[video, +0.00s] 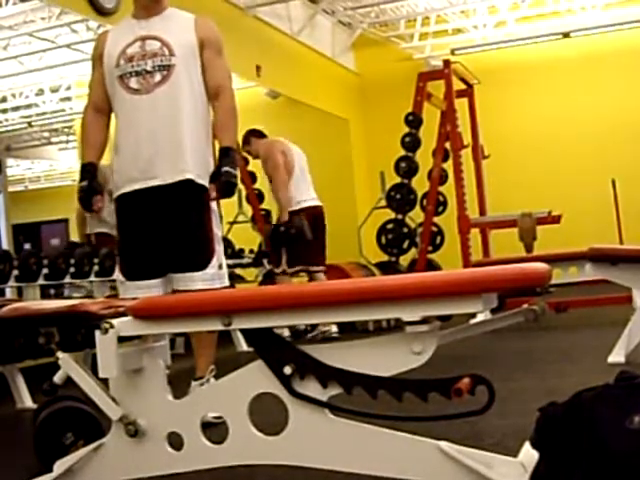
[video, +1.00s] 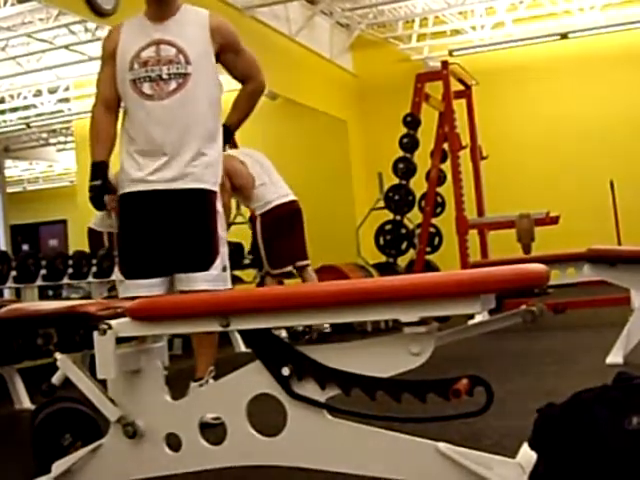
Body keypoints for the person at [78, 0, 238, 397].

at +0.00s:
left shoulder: (200, 30)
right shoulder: (107, 41)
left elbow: (221, 96)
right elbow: (98, 109)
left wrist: (229, 158)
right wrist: (88, 171)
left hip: (188, 176)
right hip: (132, 183)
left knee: (201, 289)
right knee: (141, 296)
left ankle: (205, 379)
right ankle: (149, 385)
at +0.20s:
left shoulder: (205, 33)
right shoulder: (110, 40)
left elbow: (226, 99)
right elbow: (99, 109)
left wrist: (231, 160)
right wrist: (90, 171)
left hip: (191, 179)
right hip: (134, 184)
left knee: (202, 291)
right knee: (142, 298)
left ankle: (204, 382)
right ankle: (147, 389)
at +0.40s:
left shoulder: (209, 34)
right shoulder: (114, 40)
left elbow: (230, 101)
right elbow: (101, 108)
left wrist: (239, 165)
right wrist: (94, 169)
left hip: (195, 179)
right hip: (137, 183)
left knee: (203, 292)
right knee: (140, 298)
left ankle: (204, 384)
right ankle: (145, 387)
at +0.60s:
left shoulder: (210, 33)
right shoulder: (117, 40)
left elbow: (245, 97)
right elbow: (105, 108)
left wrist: (242, 159)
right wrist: (100, 168)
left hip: (198, 180)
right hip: (138, 184)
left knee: (205, 295)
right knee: (142, 300)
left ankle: (205, 385)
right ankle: (148, 390)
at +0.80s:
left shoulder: (212, 30)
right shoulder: (118, 37)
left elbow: (255, 84)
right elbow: (106, 106)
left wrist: (228, 135)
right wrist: (100, 170)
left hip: (197, 177)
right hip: (139, 181)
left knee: (203, 294)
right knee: (142, 298)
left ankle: (203, 385)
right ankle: (148, 388)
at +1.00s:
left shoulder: (212, 29)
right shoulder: (118, 37)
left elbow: (255, 81)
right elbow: (106, 106)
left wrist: (227, 130)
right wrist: (98, 172)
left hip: (197, 176)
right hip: (139, 179)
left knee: (202, 293)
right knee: (141, 297)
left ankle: (204, 385)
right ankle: (148, 388)